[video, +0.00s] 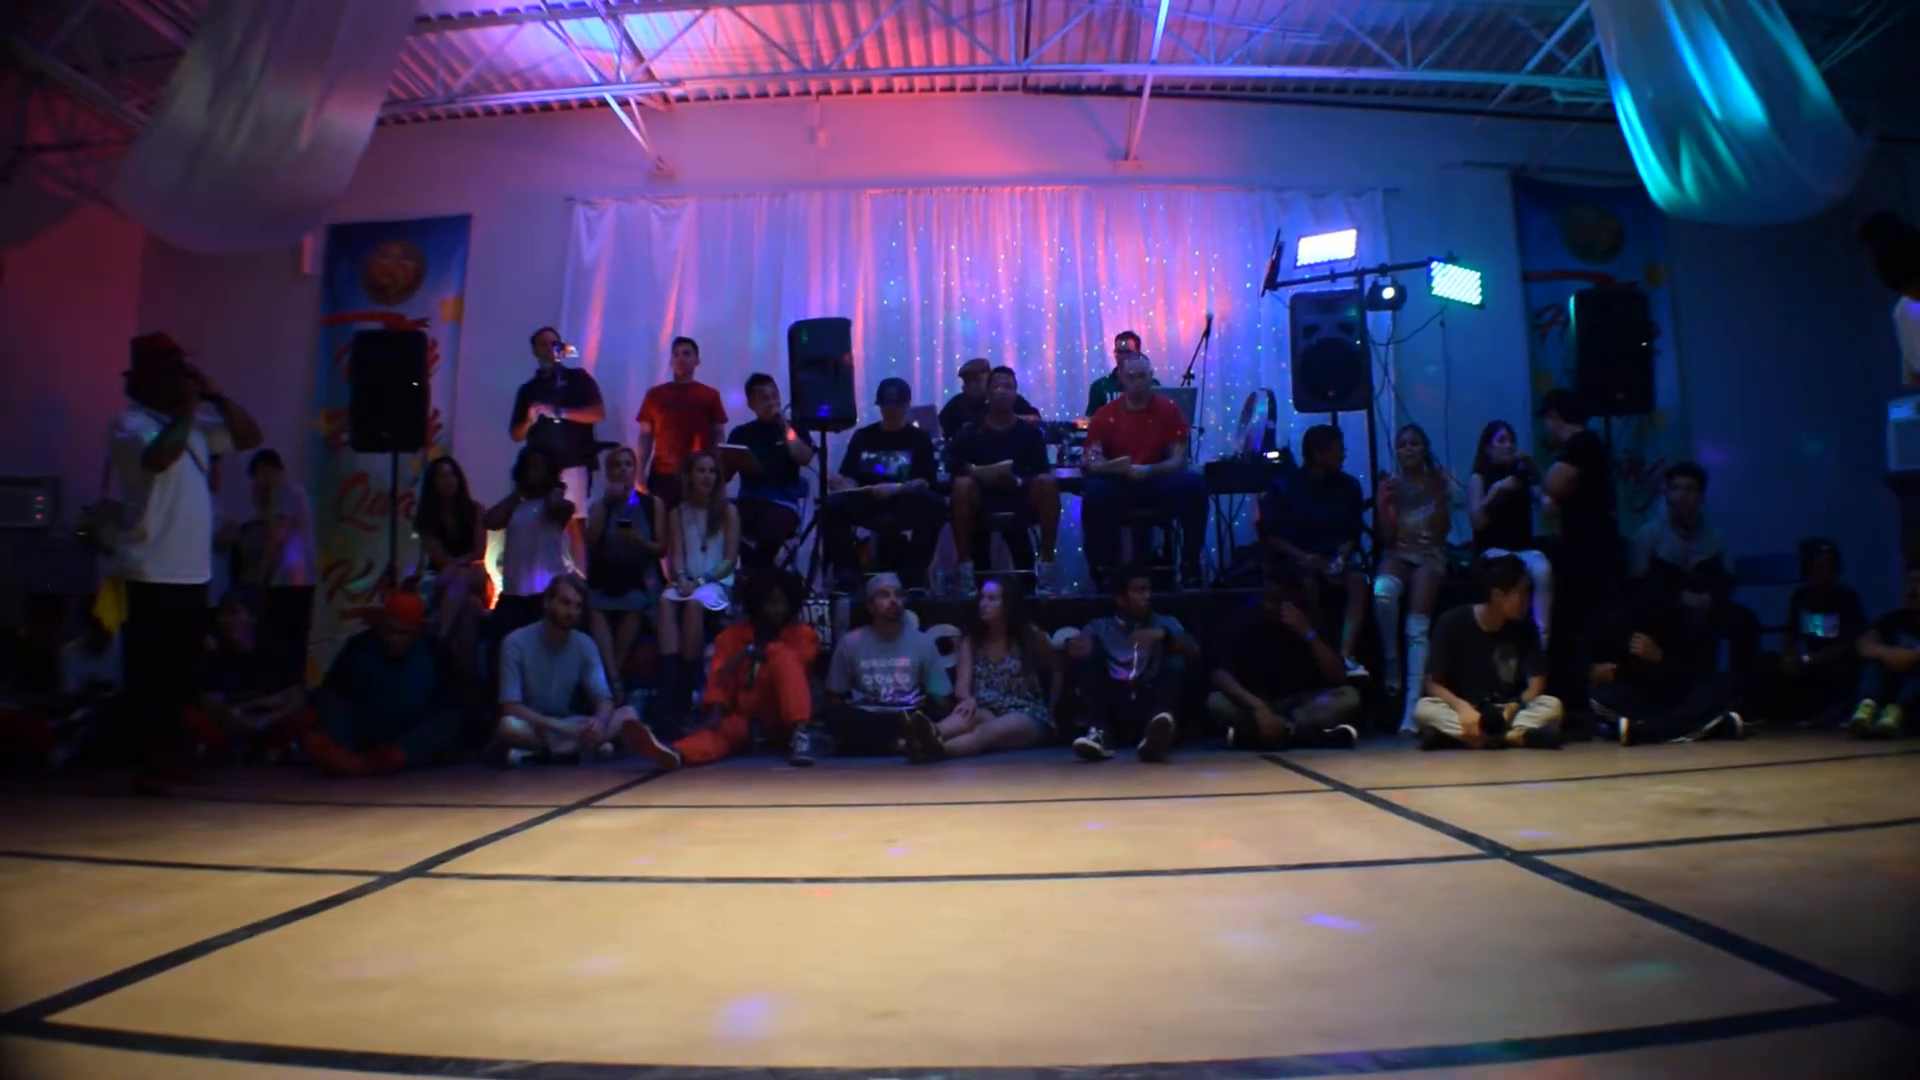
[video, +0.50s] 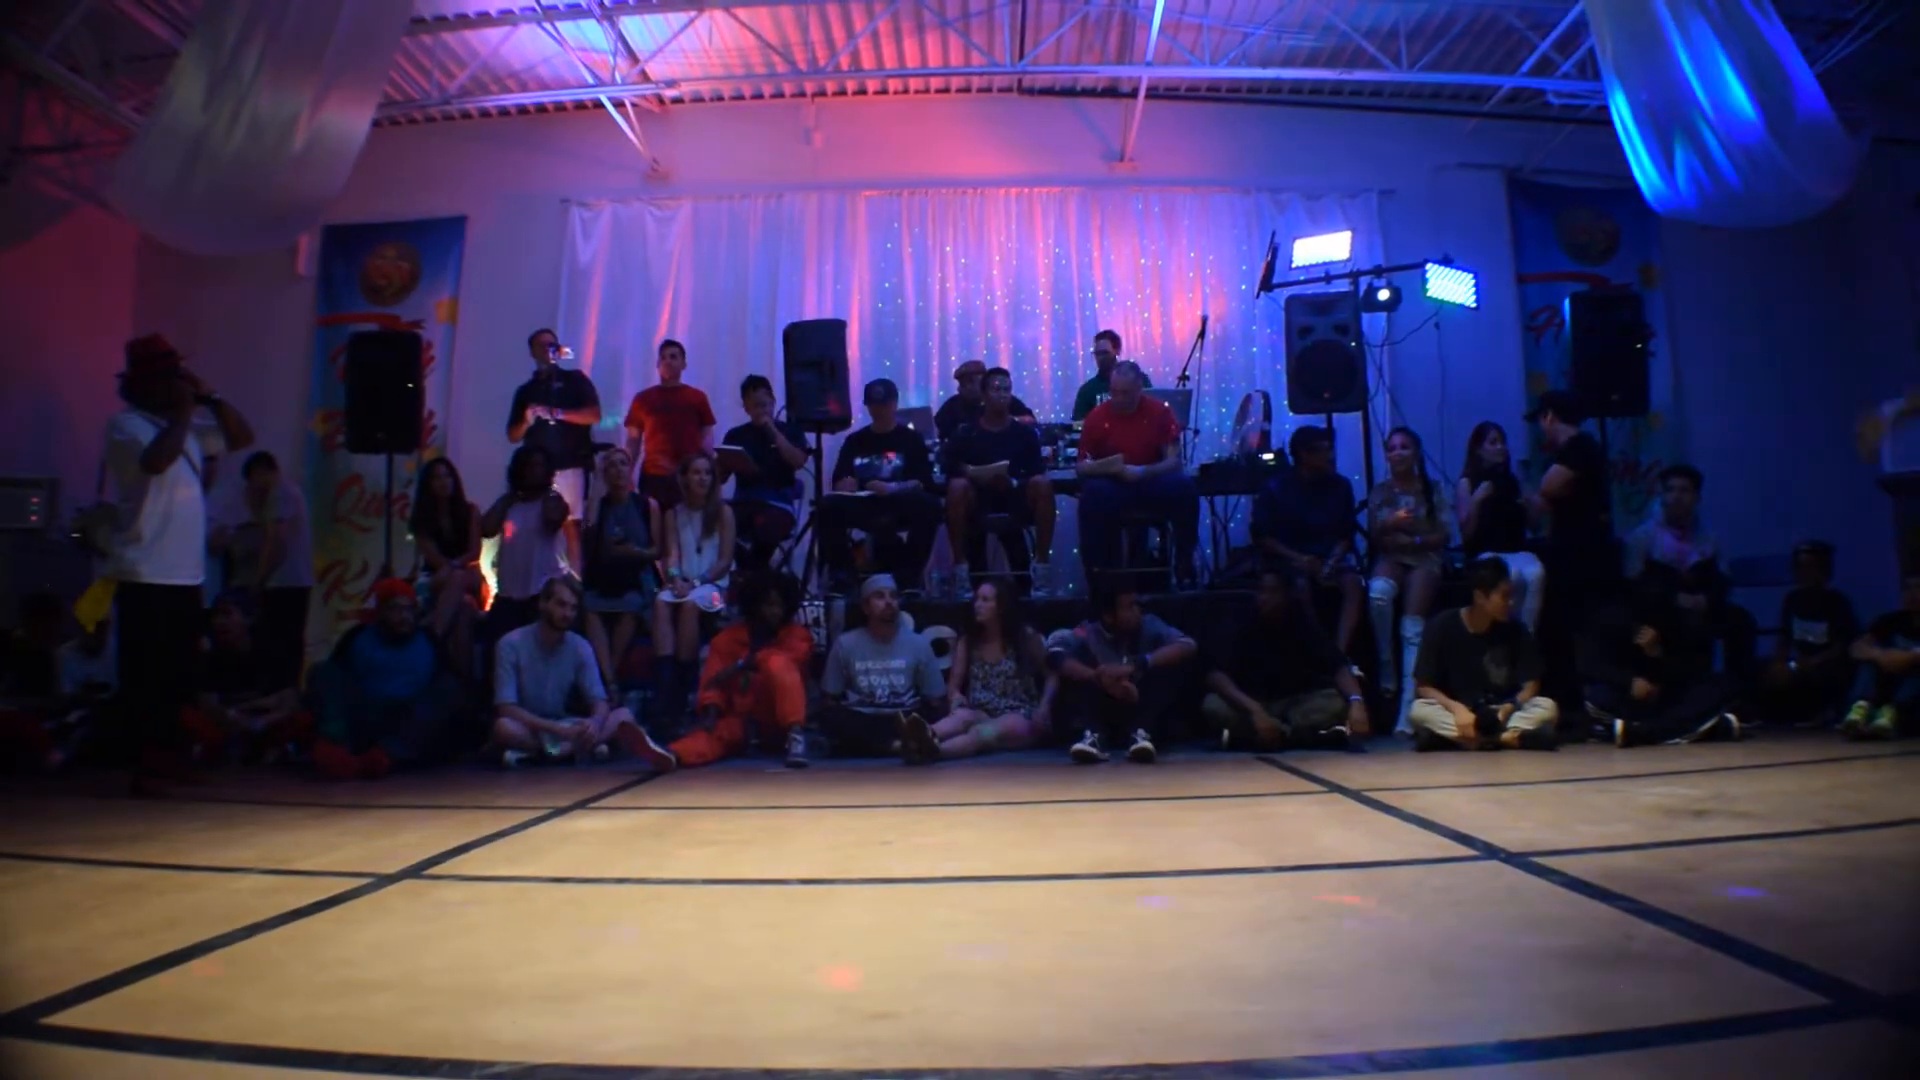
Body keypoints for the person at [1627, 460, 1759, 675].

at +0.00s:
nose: (1681, 496)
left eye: (1689, 490)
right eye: (1676, 489)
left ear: (1700, 496)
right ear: (1667, 493)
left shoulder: (1713, 538)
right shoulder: (1649, 536)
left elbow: (1726, 578)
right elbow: (1642, 582)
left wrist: (1710, 598)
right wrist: (1680, 597)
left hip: (1706, 611)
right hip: (1665, 610)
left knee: (1746, 622)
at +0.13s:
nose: (1679, 497)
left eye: (1687, 490)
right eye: (1673, 490)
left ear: (1698, 497)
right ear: (1665, 494)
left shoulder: (1711, 537)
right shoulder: (1647, 536)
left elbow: (1725, 578)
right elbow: (1640, 583)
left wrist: (1708, 597)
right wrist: (1677, 598)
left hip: (1704, 609)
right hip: (1664, 610)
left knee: (1745, 622)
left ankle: (1742, 691)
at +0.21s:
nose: (1678, 498)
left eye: (1686, 491)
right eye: (1672, 490)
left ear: (1697, 497)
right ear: (1664, 494)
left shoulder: (1709, 536)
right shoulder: (1645, 536)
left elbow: (1723, 578)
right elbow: (1638, 583)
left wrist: (1707, 598)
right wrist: (1676, 598)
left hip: (1703, 609)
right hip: (1663, 609)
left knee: (1744, 623)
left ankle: (1738, 689)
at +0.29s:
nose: (1677, 498)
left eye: (1685, 491)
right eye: (1671, 490)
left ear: (1697, 498)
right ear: (1663, 495)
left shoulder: (1708, 538)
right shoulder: (1645, 537)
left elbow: (1723, 579)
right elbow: (1638, 583)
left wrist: (1707, 598)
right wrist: (1675, 597)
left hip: (1703, 608)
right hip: (1662, 609)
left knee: (1743, 623)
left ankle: (1739, 689)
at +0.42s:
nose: (1677, 498)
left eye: (1685, 491)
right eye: (1671, 490)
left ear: (1696, 498)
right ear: (1662, 495)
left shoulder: (1708, 539)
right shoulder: (1643, 538)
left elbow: (1723, 580)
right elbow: (1637, 584)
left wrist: (1706, 598)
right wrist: (1674, 598)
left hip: (1702, 611)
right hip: (1661, 611)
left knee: (1741, 623)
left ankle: (1740, 694)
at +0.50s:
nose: (1677, 498)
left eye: (1684, 491)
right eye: (1670, 490)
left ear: (1696, 498)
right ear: (1662, 495)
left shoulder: (1707, 539)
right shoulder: (1644, 538)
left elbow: (1722, 580)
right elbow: (1637, 584)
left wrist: (1706, 598)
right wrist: (1674, 598)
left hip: (1702, 609)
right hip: (1661, 611)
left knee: (1741, 622)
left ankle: (1738, 689)